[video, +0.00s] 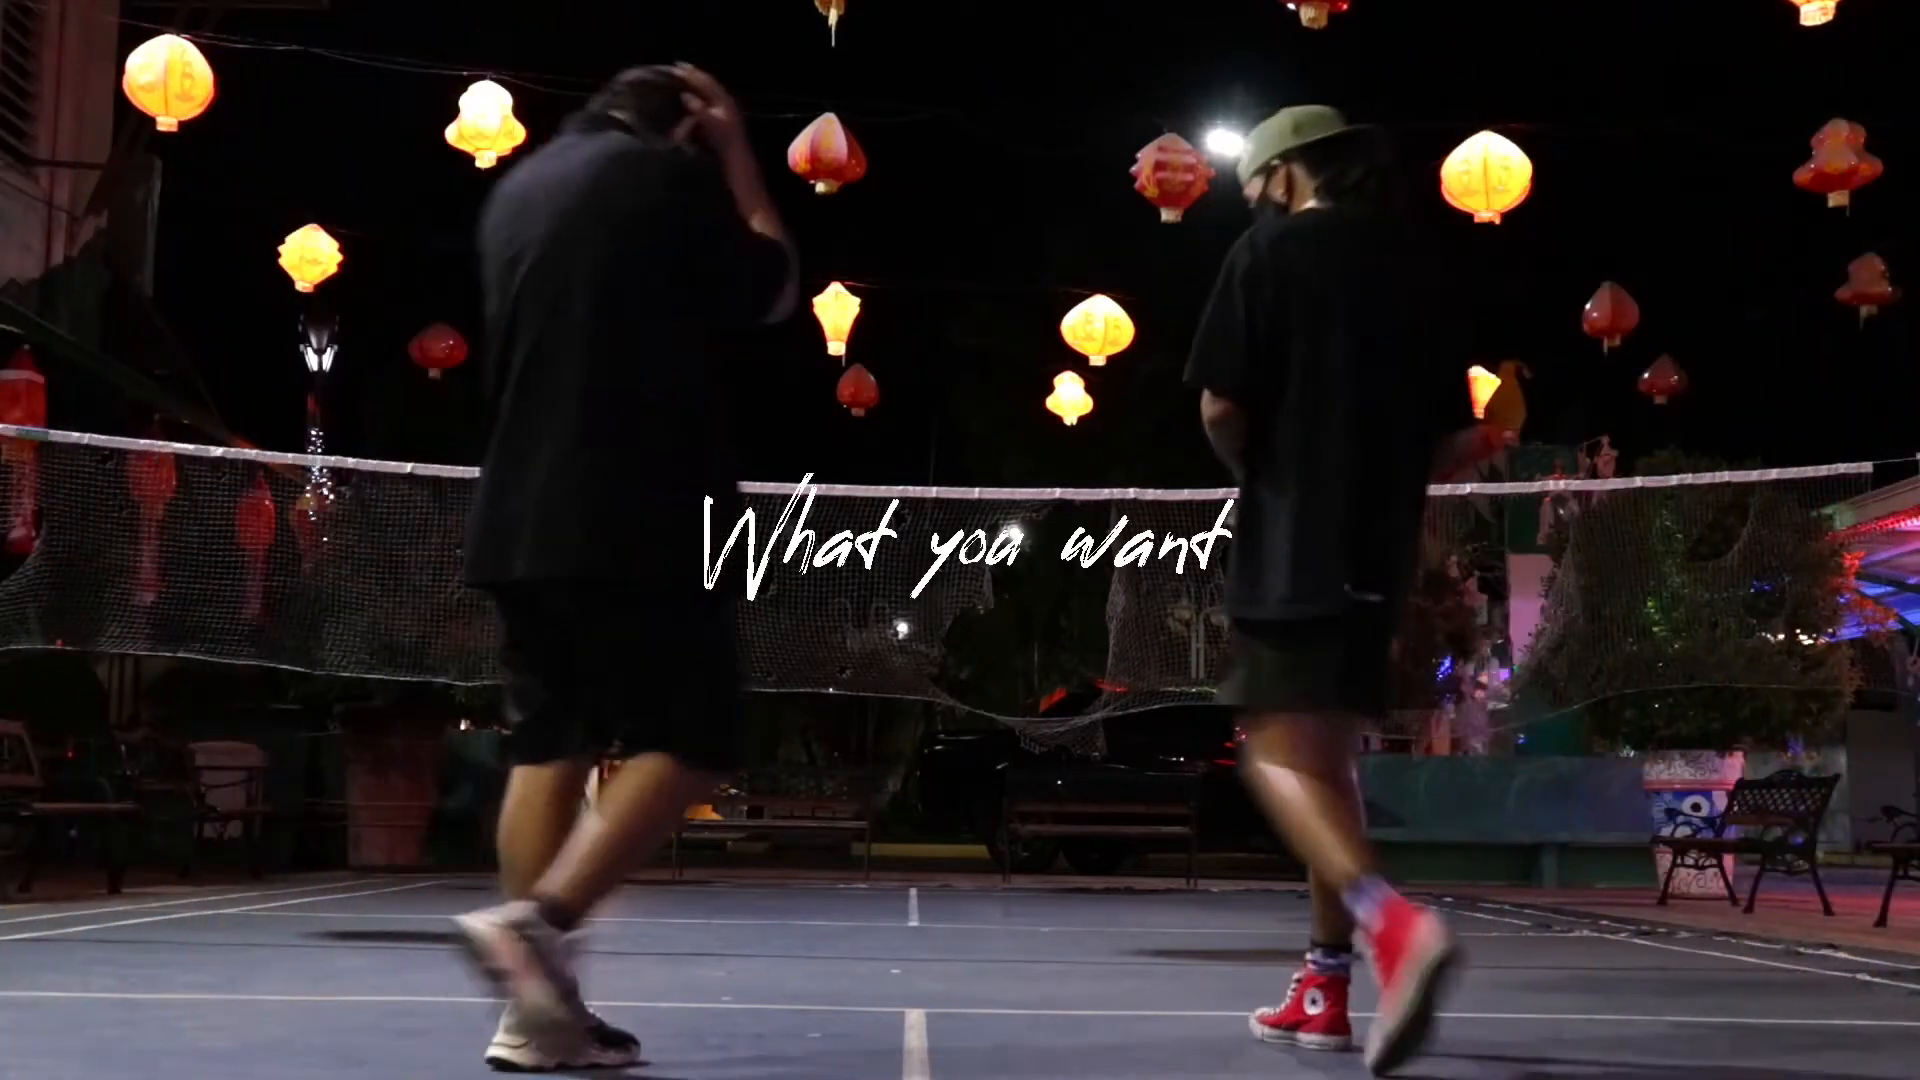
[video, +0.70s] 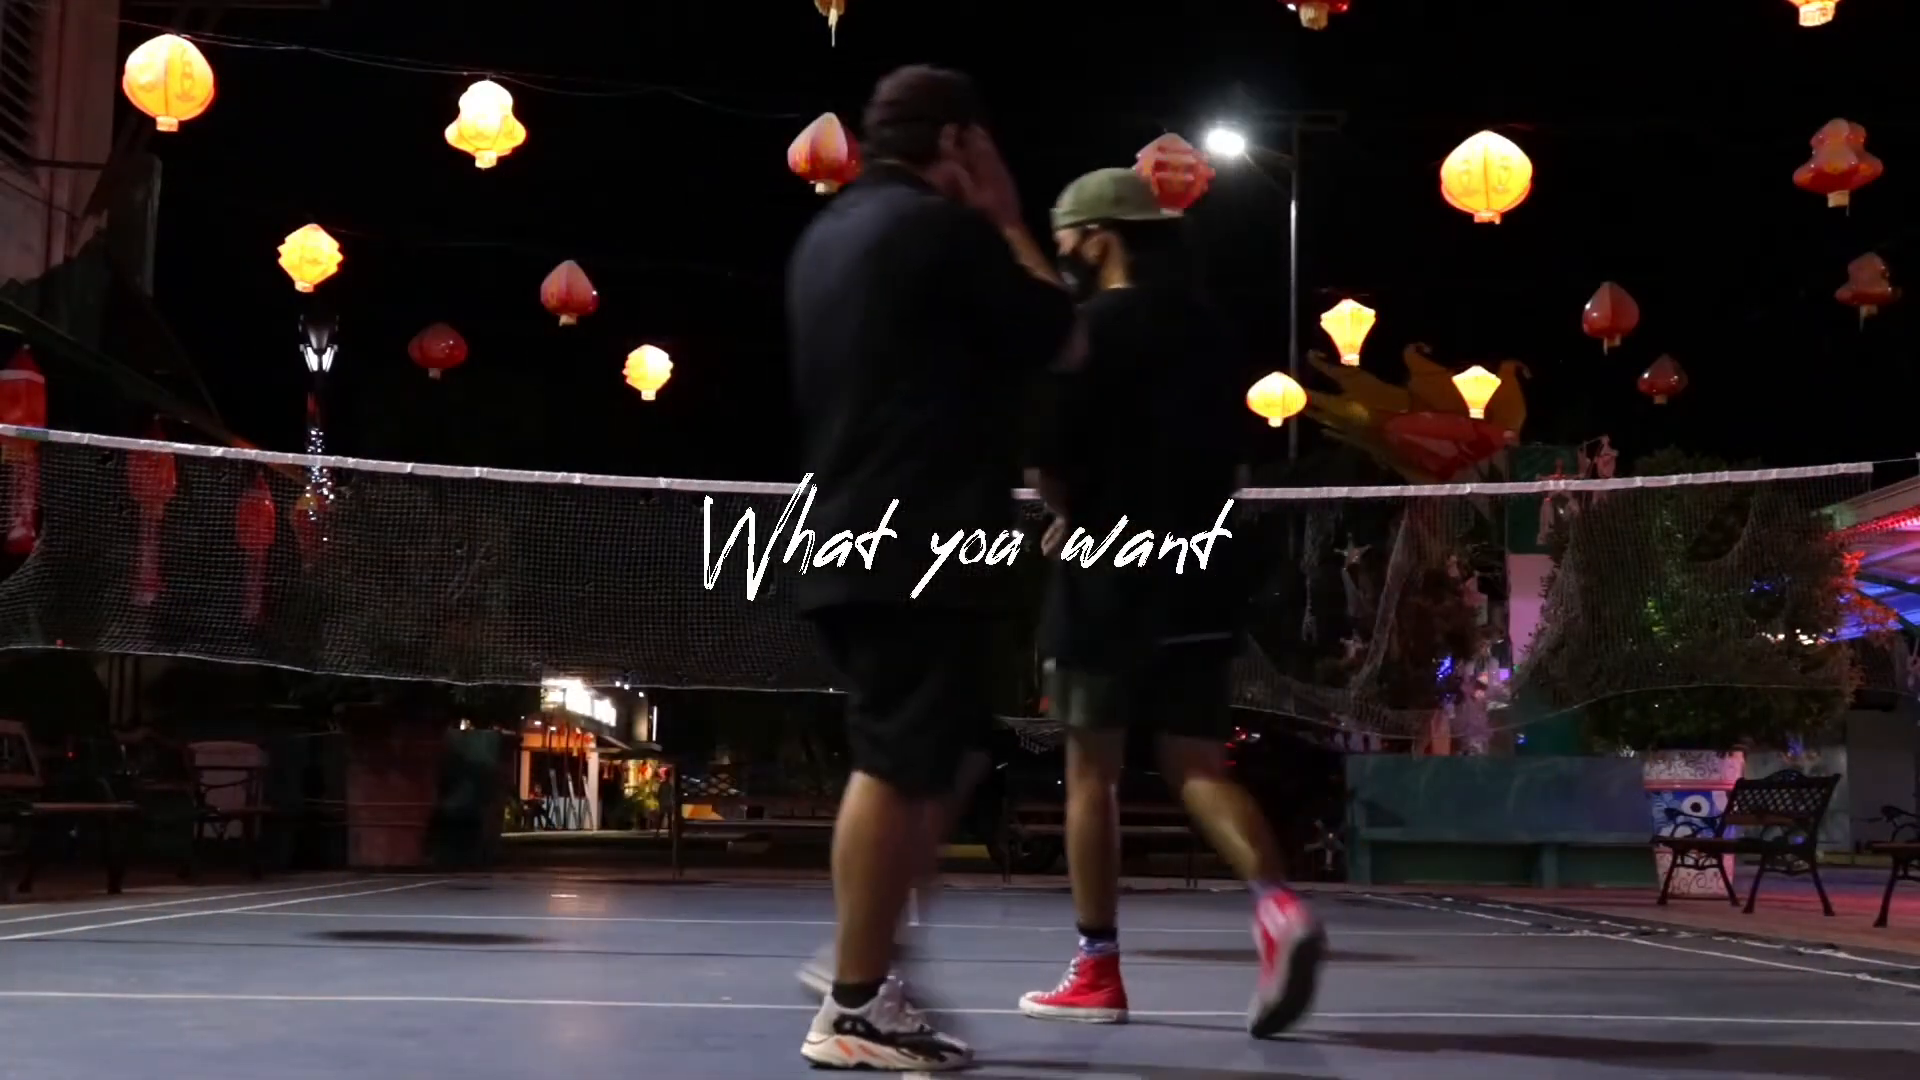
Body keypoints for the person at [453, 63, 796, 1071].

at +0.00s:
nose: (712, 153)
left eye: (712, 137)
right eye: (711, 138)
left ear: (602, 111)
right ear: (687, 125)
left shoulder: (514, 190)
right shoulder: (668, 180)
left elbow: (514, 353)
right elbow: (776, 300)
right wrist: (741, 171)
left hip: (520, 511)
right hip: (641, 511)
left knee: (546, 743)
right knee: (690, 738)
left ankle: (536, 1017)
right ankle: (540, 918)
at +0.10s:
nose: (756, 169)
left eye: (761, 153)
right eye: (754, 154)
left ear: (654, 122)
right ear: (723, 136)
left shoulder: (566, 197)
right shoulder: (696, 196)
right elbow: (796, 291)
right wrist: (779, 171)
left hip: (565, 523)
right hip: (683, 525)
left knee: (579, 747)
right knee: (743, 732)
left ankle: (540, 1002)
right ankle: (657, 954)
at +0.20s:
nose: (781, 180)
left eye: (786, 162)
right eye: (779, 163)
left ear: (683, 131)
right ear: (749, 148)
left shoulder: (603, 202)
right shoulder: (718, 206)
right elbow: (823, 304)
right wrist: (812, 179)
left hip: (590, 533)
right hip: (706, 536)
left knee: (592, 754)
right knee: (763, 755)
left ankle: (545, 1002)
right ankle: (751, 989)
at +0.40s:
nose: (867, 181)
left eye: (868, 161)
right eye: (865, 161)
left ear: (775, 140)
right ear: (836, 150)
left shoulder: (699, 223)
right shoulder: (799, 229)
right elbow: (918, 320)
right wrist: (893, 188)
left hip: (688, 544)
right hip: (779, 555)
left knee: (668, 757)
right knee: (808, 781)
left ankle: (556, 984)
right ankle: (855, 1006)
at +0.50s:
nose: (921, 166)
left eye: (919, 146)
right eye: (916, 146)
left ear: (810, 139)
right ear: (882, 146)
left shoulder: (754, 226)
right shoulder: (863, 229)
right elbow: (979, 323)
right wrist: (940, 191)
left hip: (757, 540)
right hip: (848, 545)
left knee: (777, 756)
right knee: (845, 769)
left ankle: (638, 920)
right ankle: (854, 1007)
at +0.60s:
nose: (950, 166)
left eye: (950, 148)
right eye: (945, 149)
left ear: (835, 142)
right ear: (913, 145)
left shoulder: (782, 228)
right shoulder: (894, 230)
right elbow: (1019, 335)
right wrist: (971, 209)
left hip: (790, 533)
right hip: (877, 538)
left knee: (842, 747)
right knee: (864, 758)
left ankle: (715, 907)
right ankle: (855, 1003)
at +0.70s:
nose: (991, 157)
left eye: (986, 141)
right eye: (986, 142)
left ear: (881, 142)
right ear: (954, 144)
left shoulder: (825, 237)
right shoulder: (940, 233)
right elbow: (1059, 335)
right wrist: (1007, 221)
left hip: (842, 537)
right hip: (926, 541)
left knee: (934, 752)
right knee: (899, 758)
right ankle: (854, 1007)